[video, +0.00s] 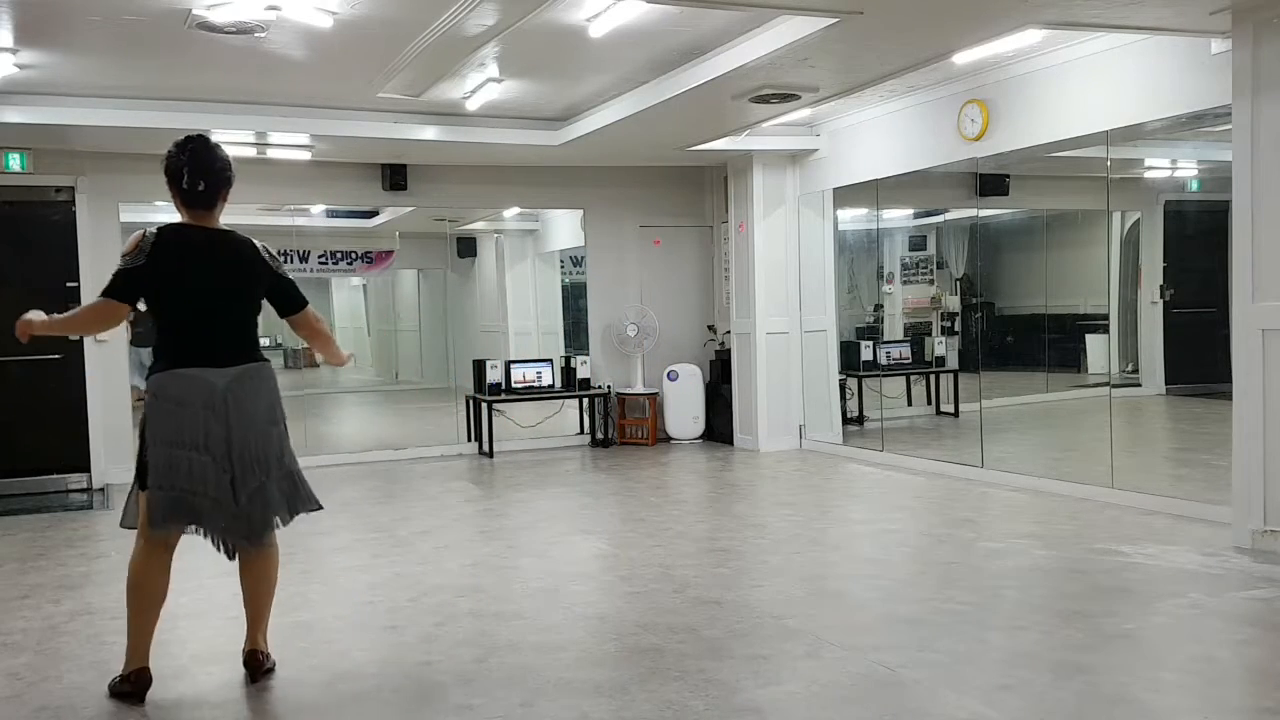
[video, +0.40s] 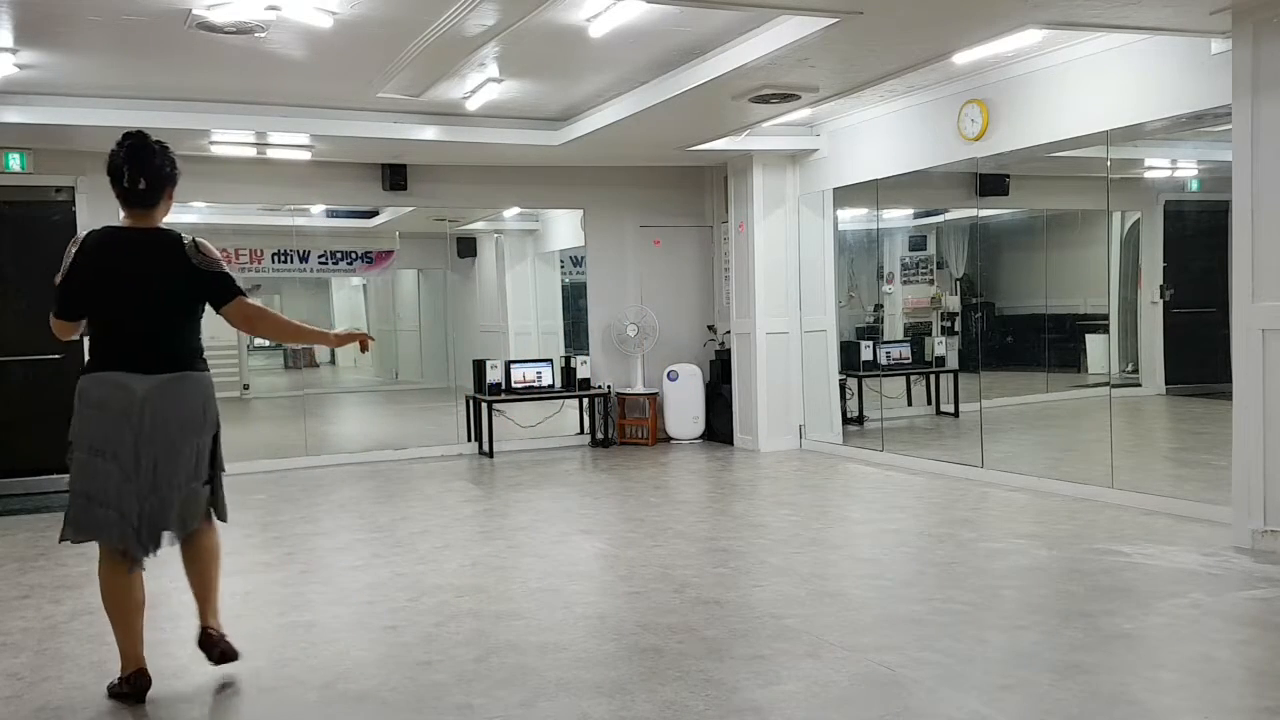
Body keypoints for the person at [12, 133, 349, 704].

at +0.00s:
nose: (182, 192)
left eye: (173, 183)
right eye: (209, 183)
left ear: (172, 190)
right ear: (226, 190)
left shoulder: (155, 248)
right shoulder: (249, 253)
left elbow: (108, 313)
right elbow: (307, 322)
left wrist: (46, 324)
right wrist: (334, 353)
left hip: (176, 392)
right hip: (249, 392)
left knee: (157, 535)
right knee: (256, 523)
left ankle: (136, 668)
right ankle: (257, 648)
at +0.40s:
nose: (166, 194)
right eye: (170, 185)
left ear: (115, 190)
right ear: (171, 191)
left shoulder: (89, 250)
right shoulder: (190, 253)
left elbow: (63, 329)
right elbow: (247, 317)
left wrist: (86, 292)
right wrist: (329, 337)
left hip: (106, 395)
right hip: (184, 394)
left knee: (117, 532)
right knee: (195, 510)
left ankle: (133, 670)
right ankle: (210, 624)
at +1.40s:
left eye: (196, 186)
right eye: (236, 184)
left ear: (184, 191)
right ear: (239, 190)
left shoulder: (165, 250)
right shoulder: (266, 251)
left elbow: (131, 324)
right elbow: (333, 314)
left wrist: (81, 318)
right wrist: (362, 314)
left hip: (188, 396)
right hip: (262, 393)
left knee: (164, 523)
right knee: (277, 518)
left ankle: (136, 656)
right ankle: (286, 644)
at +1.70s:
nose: (230, 196)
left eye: (229, 188)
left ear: (230, 194)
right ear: (284, 193)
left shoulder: (217, 253)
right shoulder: (307, 252)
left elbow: (180, 324)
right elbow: (361, 312)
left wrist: (117, 317)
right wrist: (393, 347)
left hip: (239, 395)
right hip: (310, 394)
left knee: (211, 528)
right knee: (304, 522)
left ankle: (196, 655)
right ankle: (288, 645)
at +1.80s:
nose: (254, 196)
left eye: (247, 188)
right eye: (290, 187)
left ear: (243, 194)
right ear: (298, 194)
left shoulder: (229, 252)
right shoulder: (317, 254)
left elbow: (187, 324)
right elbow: (376, 320)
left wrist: (128, 308)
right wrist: (424, 366)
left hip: (252, 398)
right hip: (319, 396)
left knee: (241, 529)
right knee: (307, 524)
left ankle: (273, 645)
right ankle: (289, 643)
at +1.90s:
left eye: (264, 189)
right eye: (303, 190)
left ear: (257, 194)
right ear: (311, 196)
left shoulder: (239, 251)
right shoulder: (329, 256)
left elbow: (192, 323)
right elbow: (386, 320)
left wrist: (141, 296)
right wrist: (445, 372)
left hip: (267, 392)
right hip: (331, 389)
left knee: (277, 517)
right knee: (313, 514)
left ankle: (338, 636)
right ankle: (289, 641)